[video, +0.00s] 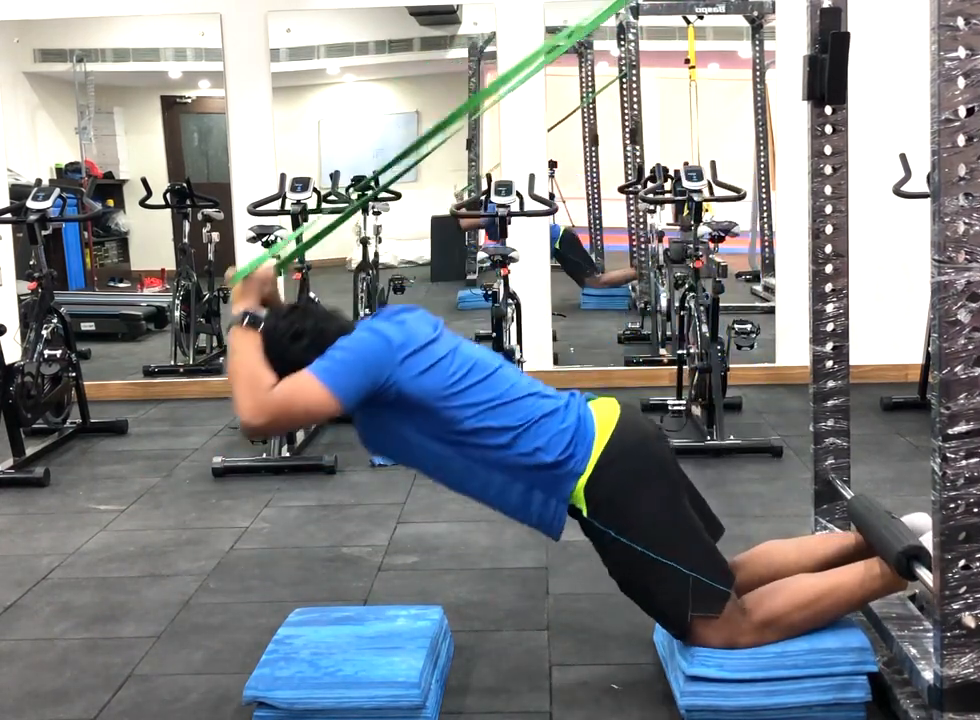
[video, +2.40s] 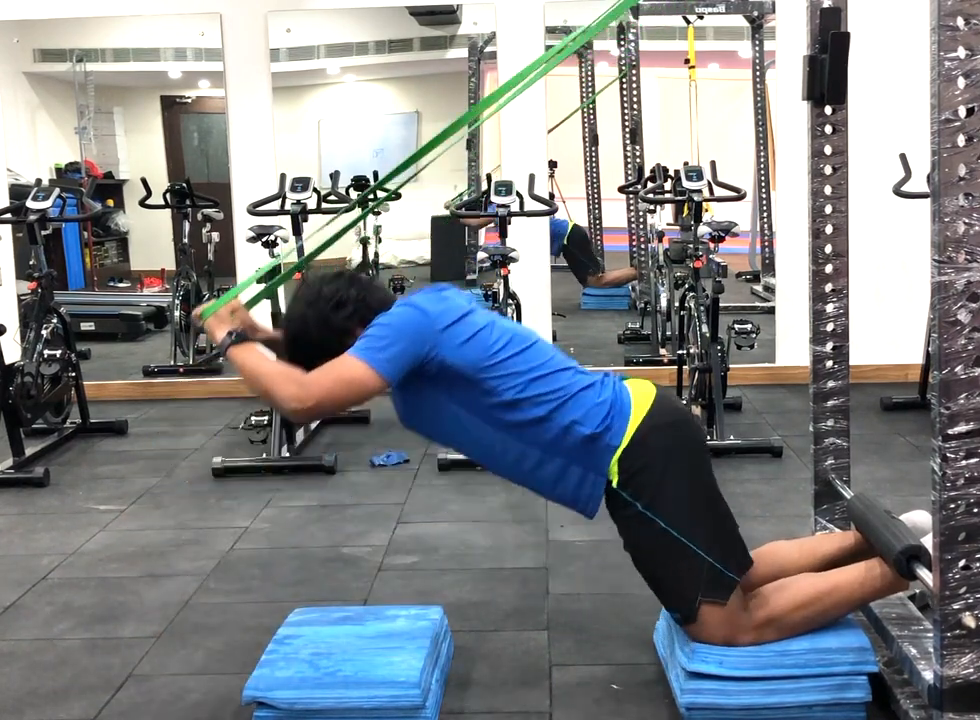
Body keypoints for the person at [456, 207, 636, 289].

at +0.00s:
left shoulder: (496, 216)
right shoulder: (495, 214)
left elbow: (463, 225)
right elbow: (463, 223)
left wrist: (458, 207)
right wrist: (467, 204)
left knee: (595, 280)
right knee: (590, 281)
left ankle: (641, 272)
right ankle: (638, 271)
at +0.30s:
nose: (457, 240)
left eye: (457, 237)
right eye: (457, 235)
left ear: (463, 233)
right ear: (465, 225)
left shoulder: (481, 229)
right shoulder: (484, 226)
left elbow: (455, 251)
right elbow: (458, 248)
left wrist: (440, 231)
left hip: (553, 245)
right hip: (551, 244)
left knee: (593, 281)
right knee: (593, 279)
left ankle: (641, 271)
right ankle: (639, 271)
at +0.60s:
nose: (446, 265)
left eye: (445, 261)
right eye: (444, 262)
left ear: (451, 249)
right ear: (457, 246)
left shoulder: (472, 247)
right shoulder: (476, 246)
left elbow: (452, 274)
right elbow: (453, 272)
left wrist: (432, 261)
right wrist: (436, 262)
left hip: (546, 253)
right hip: (546, 251)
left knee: (591, 282)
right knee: (591, 280)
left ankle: (640, 272)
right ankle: (640, 271)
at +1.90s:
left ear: (468, 226)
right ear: (472, 221)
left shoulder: (484, 227)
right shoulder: (492, 222)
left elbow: (459, 253)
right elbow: (462, 250)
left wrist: (434, 242)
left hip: (555, 243)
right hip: (553, 242)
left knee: (593, 281)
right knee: (591, 279)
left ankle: (642, 270)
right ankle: (640, 270)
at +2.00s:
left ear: (490, 200)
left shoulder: (489, 220)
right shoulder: (502, 215)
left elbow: (462, 249)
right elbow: (467, 246)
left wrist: (440, 239)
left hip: (559, 242)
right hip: (556, 242)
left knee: (594, 280)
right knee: (592, 279)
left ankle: (642, 269)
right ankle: (640, 269)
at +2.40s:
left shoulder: (506, 208)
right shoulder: (505, 208)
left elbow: (479, 223)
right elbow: (479, 222)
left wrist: (455, 214)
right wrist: (457, 213)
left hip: (571, 236)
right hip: (568, 238)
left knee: (596, 279)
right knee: (593, 279)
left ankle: (643, 271)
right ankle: (641, 270)